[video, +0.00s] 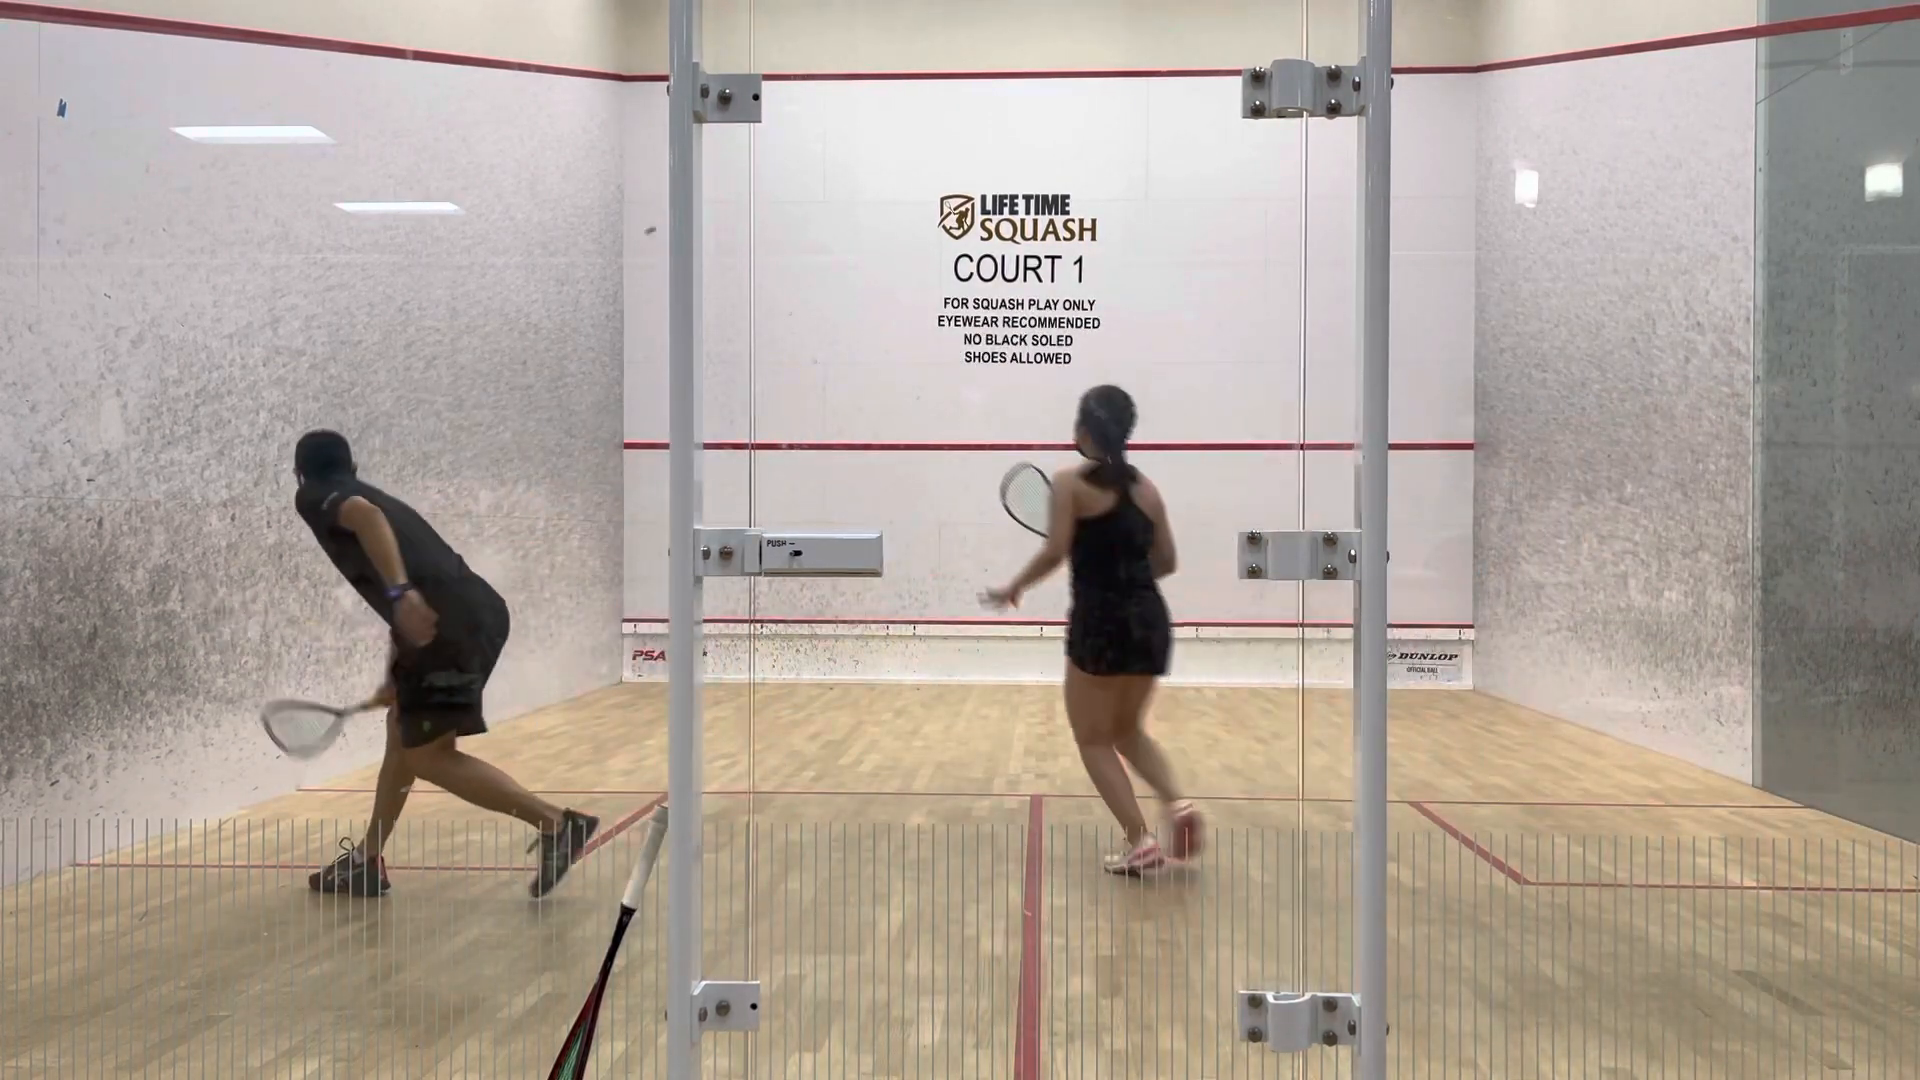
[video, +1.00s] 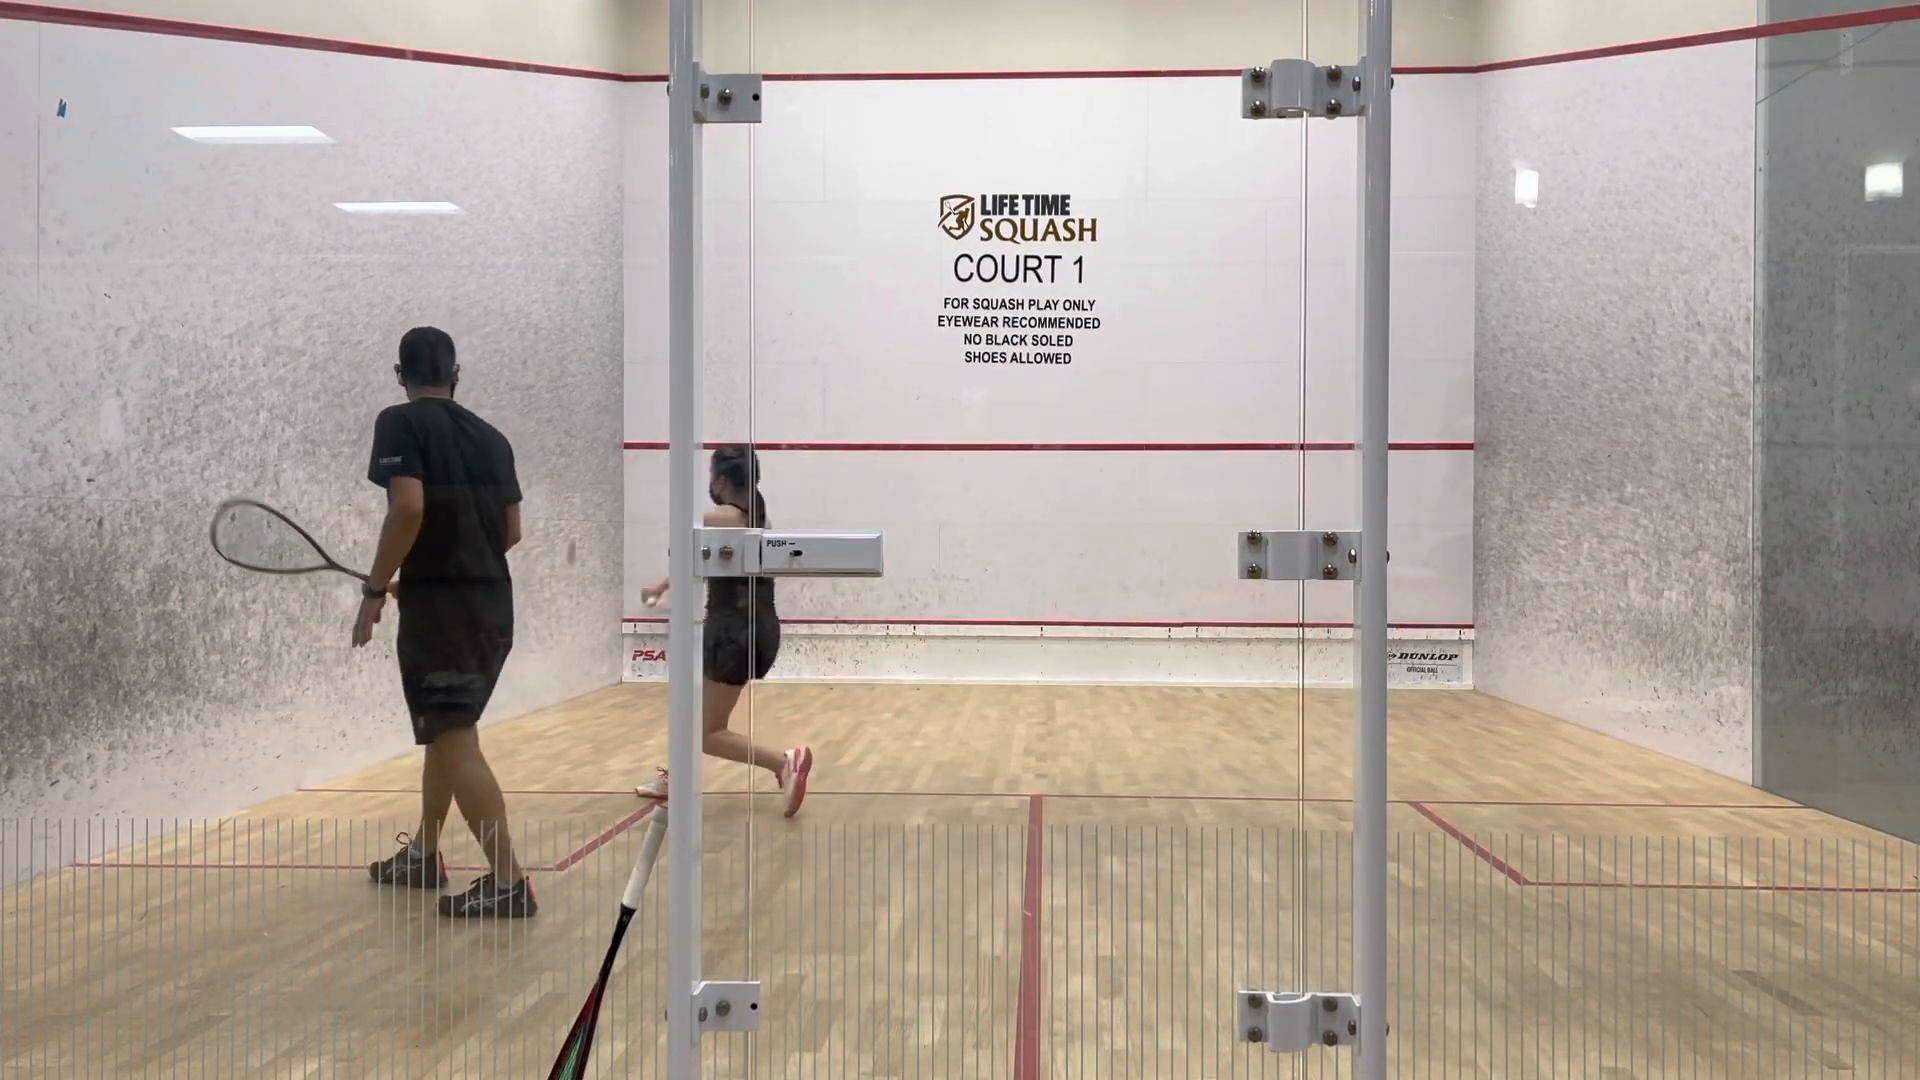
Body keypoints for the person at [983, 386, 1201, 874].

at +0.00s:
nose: (1073, 430)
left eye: (1077, 423)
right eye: (1078, 422)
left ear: (1084, 430)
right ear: (1123, 432)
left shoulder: (1069, 481)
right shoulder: (1145, 488)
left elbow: (1056, 550)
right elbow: (1165, 560)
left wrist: (1014, 588)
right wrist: (1119, 576)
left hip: (1098, 627)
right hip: (1149, 623)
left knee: (1093, 740)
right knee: (1129, 730)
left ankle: (1141, 841)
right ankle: (1178, 803)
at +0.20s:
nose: (996, 439)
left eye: (1000, 432)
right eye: (1001, 431)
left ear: (1005, 441)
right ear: (1044, 439)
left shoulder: (1001, 493)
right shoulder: (1063, 494)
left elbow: (969, 550)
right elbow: (1036, 548)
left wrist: (920, 521)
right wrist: (989, 521)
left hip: (1018, 629)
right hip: (1059, 626)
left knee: (970, 715)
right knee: (1037, 714)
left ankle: (1042, 774)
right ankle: (1055, 803)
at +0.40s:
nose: (907, 452)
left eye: (911, 446)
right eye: (911, 446)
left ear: (919, 453)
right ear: (949, 452)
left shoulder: (934, 502)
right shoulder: (949, 496)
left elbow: (878, 544)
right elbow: (884, 528)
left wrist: (818, 512)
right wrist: (841, 500)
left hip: (943, 630)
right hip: (964, 626)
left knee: (872, 700)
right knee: (959, 716)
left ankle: (851, 791)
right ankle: (1032, 787)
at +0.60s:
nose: (823, 452)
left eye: (827, 446)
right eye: (825, 446)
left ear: (836, 451)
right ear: (862, 451)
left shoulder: (856, 498)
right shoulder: (839, 485)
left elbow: (787, 529)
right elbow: (788, 507)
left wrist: (721, 510)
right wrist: (761, 469)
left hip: (876, 617)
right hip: (865, 611)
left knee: (813, 698)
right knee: (810, 678)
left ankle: (841, 793)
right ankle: (857, 766)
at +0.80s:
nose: (761, 468)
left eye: (764, 461)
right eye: (763, 461)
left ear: (781, 463)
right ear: (768, 460)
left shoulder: (790, 502)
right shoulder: (767, 494)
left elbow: (739, 534)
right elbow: (735, 515)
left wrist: (719, 504)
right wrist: (765, 479)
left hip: (809, 624)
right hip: (784, 622)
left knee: (764, 711)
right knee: (730, 692)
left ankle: (834, 784)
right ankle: (696, 775)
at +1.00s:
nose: (709, 482)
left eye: (713, 475)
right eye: (711, 475)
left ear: (724, 480)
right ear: (747, 480)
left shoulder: (720, 518)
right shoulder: (756, 517)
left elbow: (690, 561)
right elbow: (707, 562)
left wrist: (661, 586)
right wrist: (669, 585)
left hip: (732, 629)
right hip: (757, 626)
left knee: (706, 736)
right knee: (698, 709)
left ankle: (783, 763)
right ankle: (676, 778)